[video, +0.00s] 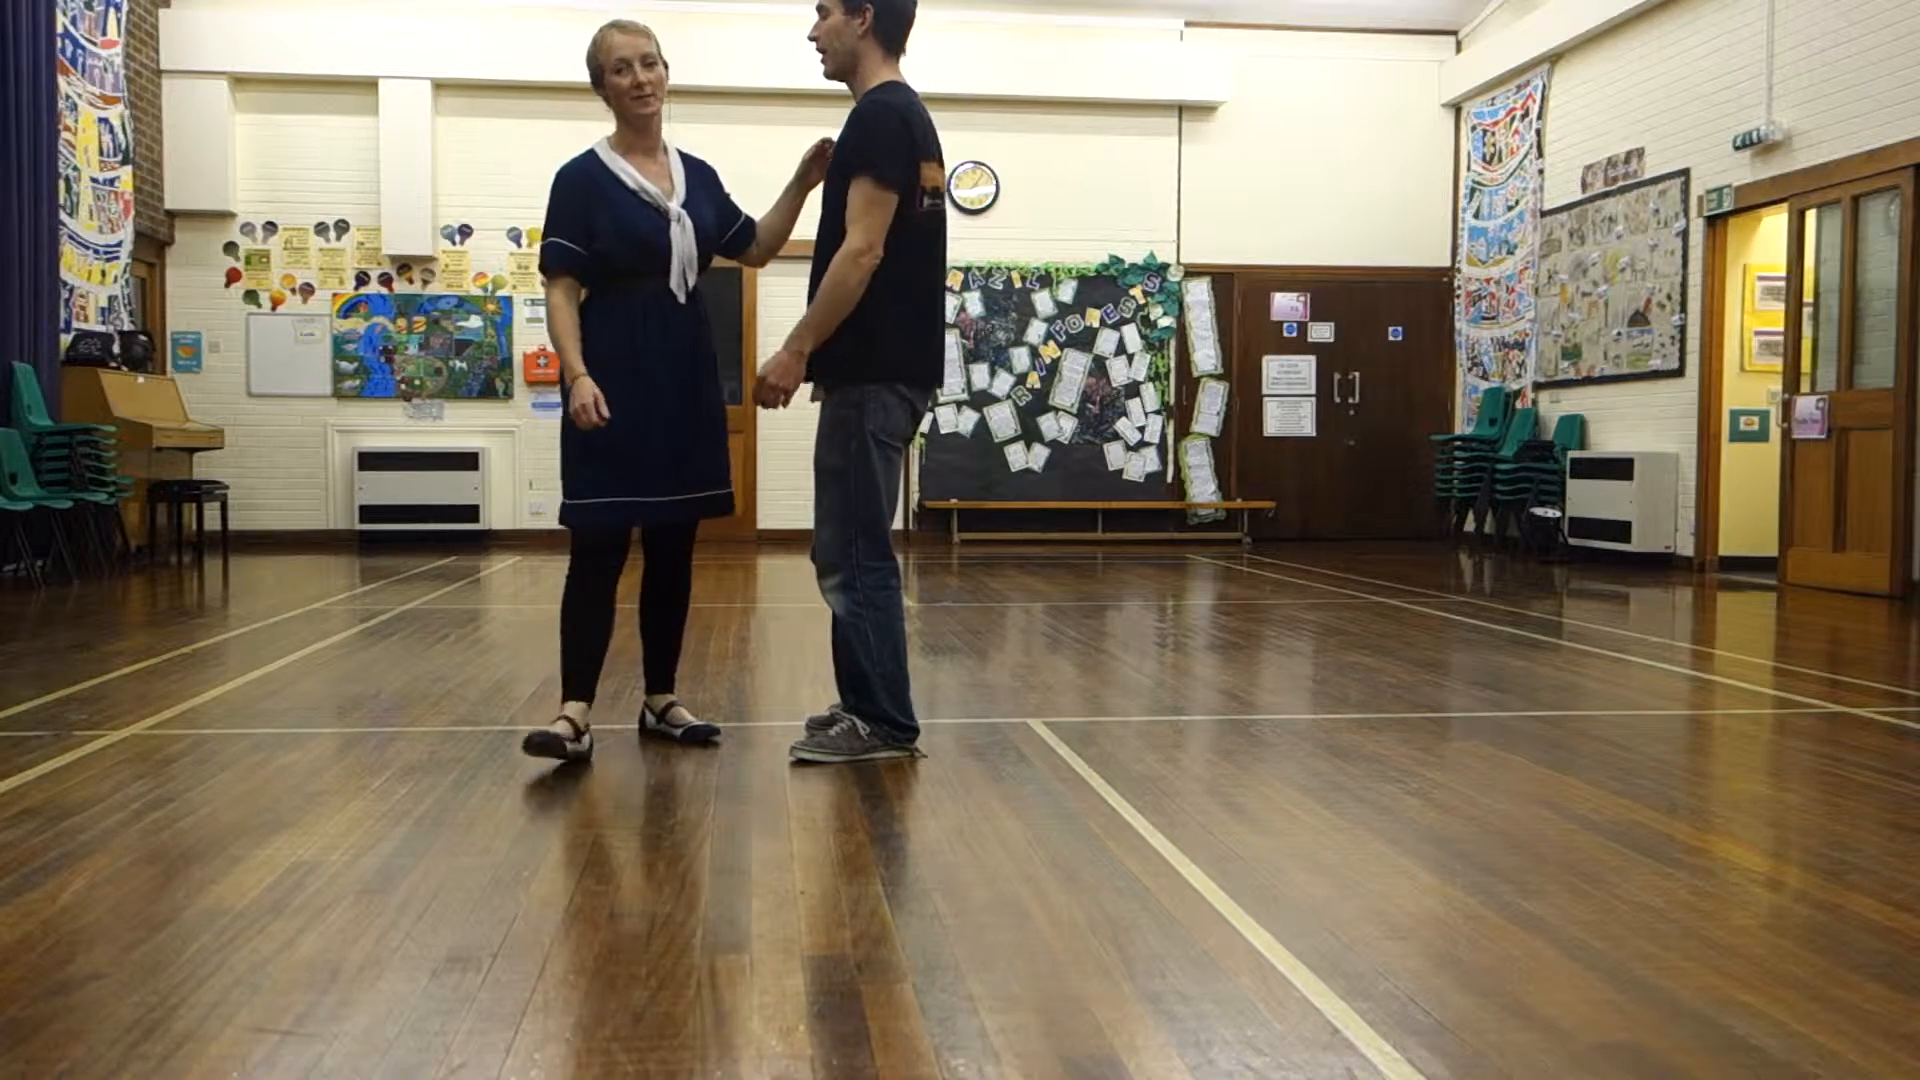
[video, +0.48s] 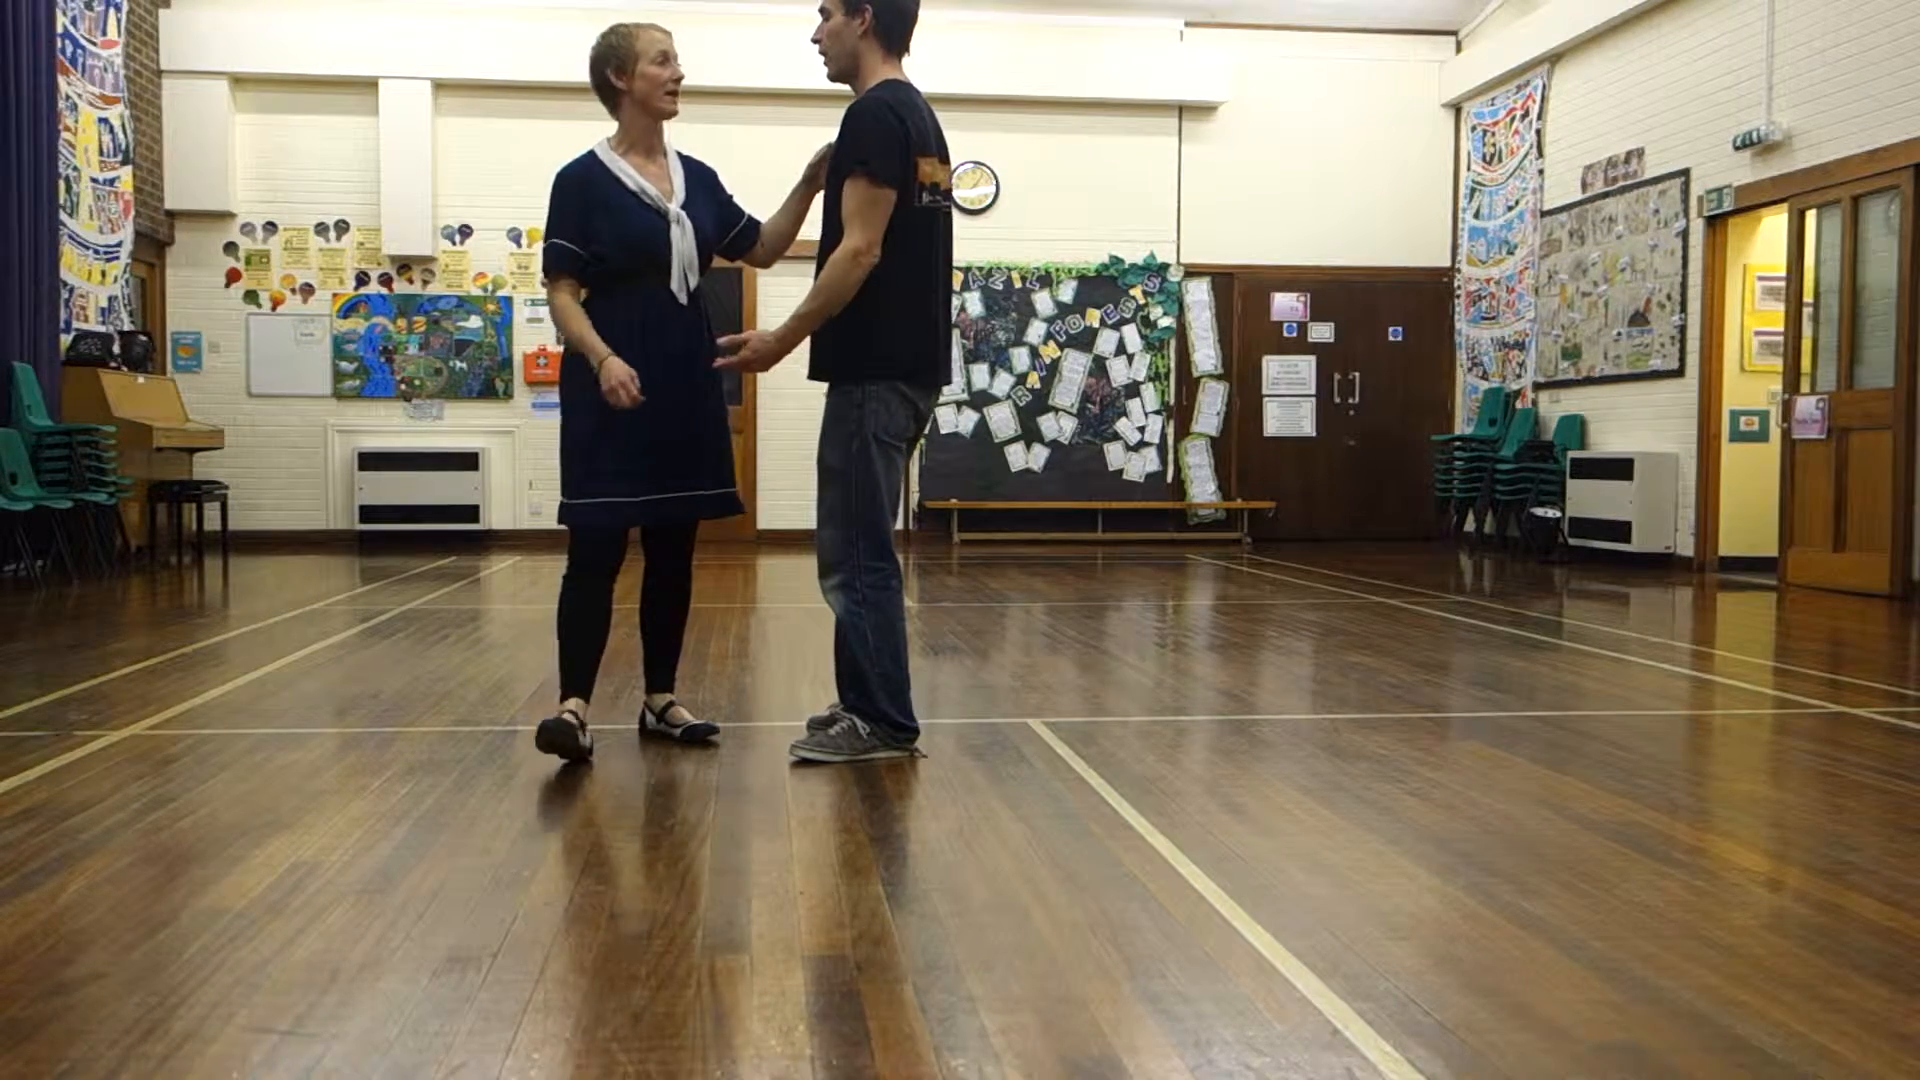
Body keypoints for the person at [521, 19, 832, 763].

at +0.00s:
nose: (639, 77)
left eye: (648, 63)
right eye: (622, 69)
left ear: (667, 73)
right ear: (600, 88)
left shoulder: (696, 175)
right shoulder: (581, 179)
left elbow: (756, 247)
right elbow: (561, 288)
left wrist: (800, 182)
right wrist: (577, 373)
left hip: (685, 387)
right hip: (607, 386)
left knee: (673, 545)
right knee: (598, 548)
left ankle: (661, 704)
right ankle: (574, 715)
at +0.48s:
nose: (678, 73)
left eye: (677, 61)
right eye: (660, 61)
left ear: (667, 79)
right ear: (617, 79)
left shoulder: (695, 176)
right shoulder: (582, 179)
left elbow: (762, 248)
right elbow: (561, 294)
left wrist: (807, 184)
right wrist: (604, 359)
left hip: (685, 390)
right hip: (606, 388)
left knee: (672, 546)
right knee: (596, 548)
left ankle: (661, 703)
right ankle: (573, 707)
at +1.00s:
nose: (675, 65)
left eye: (672, 53)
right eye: (659, 53)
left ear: (634, 70)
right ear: (615, 68)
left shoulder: (666, 173)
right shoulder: (583, 165)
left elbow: (694, 269)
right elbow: (576, 283)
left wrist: (755, 242)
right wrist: (675, 294)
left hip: (670, 393)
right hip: (609, 396)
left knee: (663, 547)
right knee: (623, 553)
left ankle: (658, 705)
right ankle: (592, 720)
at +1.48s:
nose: (656, 54)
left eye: (651, 42)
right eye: (642, 44)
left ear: (611, 60)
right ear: (601, 59)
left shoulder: (618, 154)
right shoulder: (579, 147)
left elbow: (637, 266)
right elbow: (598, 274)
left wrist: (713, 274)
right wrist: (703, 288)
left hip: (633, 389)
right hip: (594, 390)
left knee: (664, 533)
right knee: (613, 542)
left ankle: (618, 694)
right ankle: (593, 719)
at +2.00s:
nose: (633, 77)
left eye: (631, 65)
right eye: (617, 66)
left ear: (591, 81)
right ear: (575, 80)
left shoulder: (601, 165)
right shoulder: (575, 162)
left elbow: (637, 276)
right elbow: (630, 276)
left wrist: (731, 301)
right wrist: (736, 305)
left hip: (620, 388)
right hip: (598, 389)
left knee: (622, 542)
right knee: (616, 542)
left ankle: (594, 705)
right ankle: (592, 715)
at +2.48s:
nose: (630, 84)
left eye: (630, 72)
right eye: (614, 73)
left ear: (599, 90)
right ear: (573, 89)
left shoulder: (610, 171)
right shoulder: (574, 165)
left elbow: (639, 282)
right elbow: (611, 276)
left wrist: (717, 299)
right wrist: (710, 301)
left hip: (618, 383)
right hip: (595, 384)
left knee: (614, 540)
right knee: (627, 539)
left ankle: (590, 701)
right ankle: (598, 708)